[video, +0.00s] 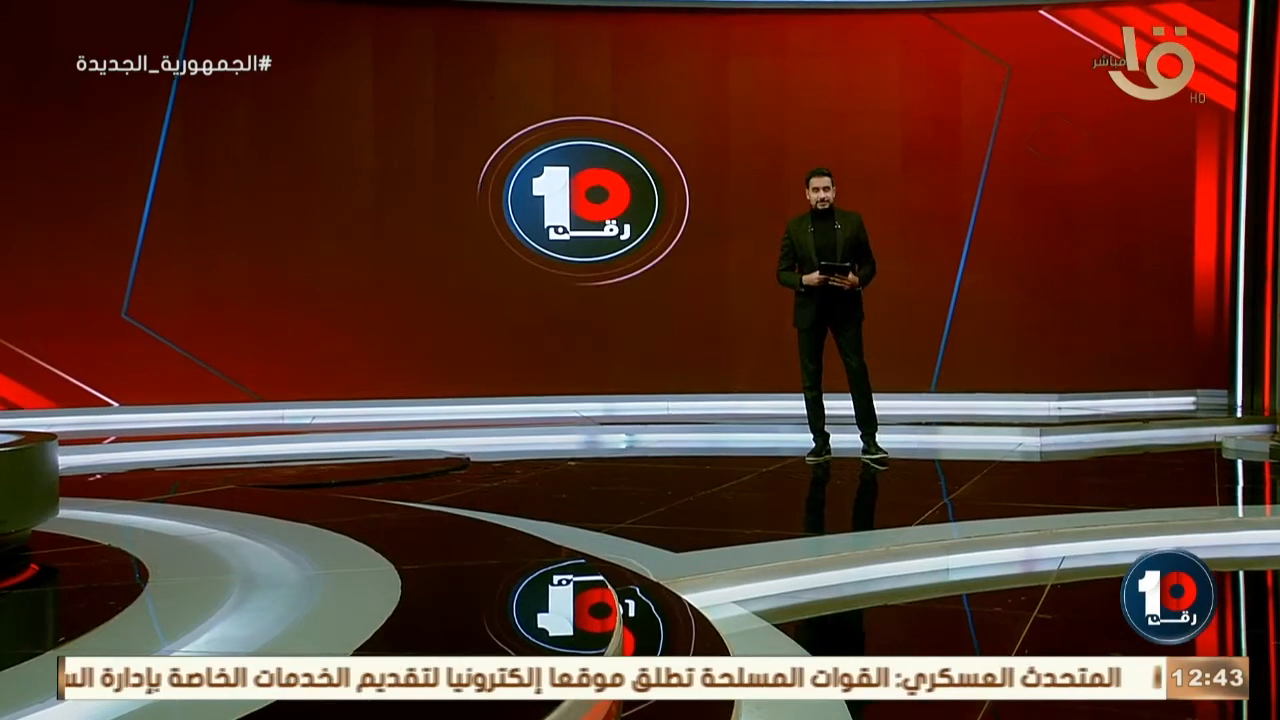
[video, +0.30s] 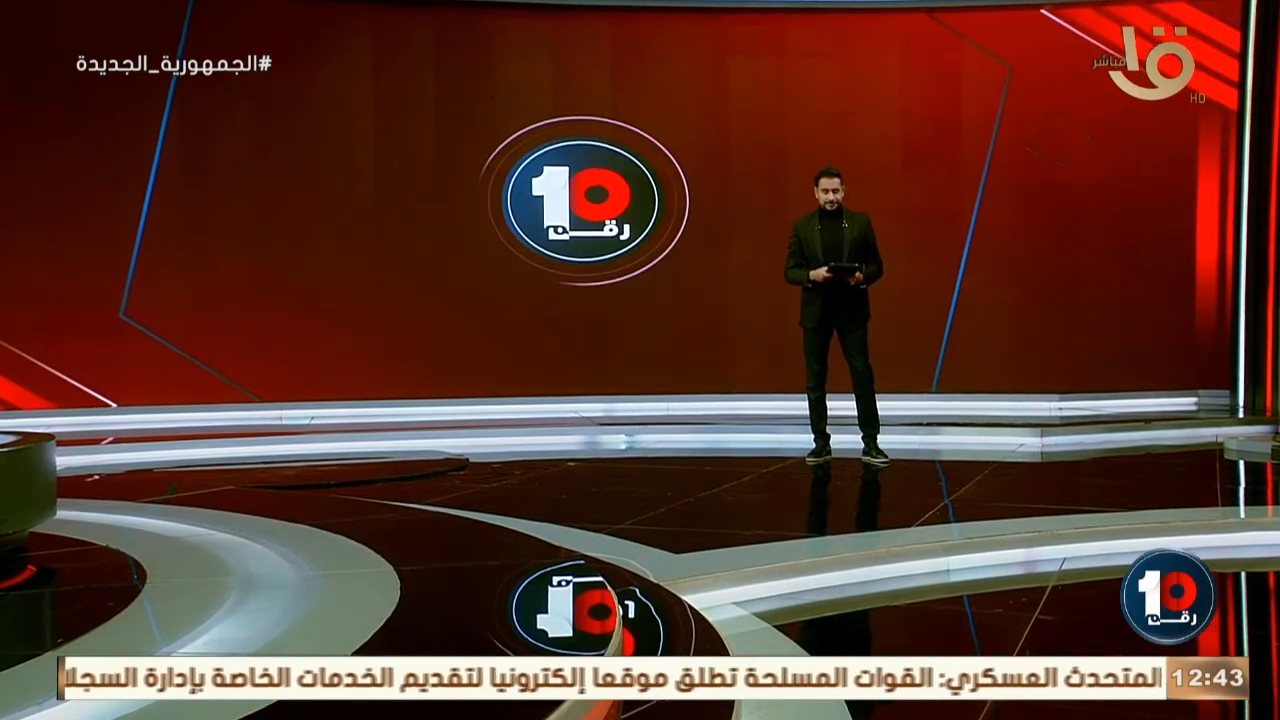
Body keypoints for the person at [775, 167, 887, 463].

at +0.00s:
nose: (822, 194)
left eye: (826, 189)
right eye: (816, 190)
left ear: (834, 191)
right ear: (807, 193)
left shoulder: (852, 222)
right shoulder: (795, 228)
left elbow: (869, 265)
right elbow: (783, 274)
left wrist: (858, 279)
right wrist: (803, 279)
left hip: (846, 310)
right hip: (810, 313)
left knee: (857, 372)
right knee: (811, 379)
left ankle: (869, 441)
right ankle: (820, 442)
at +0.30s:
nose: (831, 196)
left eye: (835, 190)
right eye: (825, 191)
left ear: (843, 191)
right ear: (816, 193)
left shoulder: (859, 222)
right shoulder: (803, 227)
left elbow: (876, 267)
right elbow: (791, 272)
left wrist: (863, 275)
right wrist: (811, 275)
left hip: (852, 312)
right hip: (816, 314)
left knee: (862, 375)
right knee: (815, 379)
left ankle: (871, 443)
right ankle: (821, 443)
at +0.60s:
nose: (843, 200)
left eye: (848, 194)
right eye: (838, 195)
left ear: (854, 194)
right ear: (827, 194)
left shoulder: (869, 223)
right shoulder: (812, 226)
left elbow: (886, 268)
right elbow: (799, 271)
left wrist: (871, 270)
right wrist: (817, 268)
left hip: (861, 312)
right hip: (824, 313)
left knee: (868, 379)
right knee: (820, 380)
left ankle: (871, 444)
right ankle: (821, 444)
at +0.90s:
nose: (853, 203)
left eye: (858, 197)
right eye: (848, 197)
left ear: (865, 196)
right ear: (838, 195)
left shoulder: (880, 224)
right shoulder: (823, 227)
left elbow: (896, 270)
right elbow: (809, 271)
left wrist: (877, 271)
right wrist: (825, 268)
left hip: (871, 314)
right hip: (834, 314)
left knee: (875, 380)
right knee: (827, 378)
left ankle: (872, 445)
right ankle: (822, 443)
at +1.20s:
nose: (862, 204)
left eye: (867, 199)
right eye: (857, 198)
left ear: (874, 197)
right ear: (847, 195)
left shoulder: (890, 224)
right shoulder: (833, 226)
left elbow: (904, 271)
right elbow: (818, 271)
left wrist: (884, 272)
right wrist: (832, 269)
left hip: (878, 315)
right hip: (842, 315)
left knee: (880, 381)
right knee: (831, 378)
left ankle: (873, 446)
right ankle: (822, 444)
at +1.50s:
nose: (868, 205)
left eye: (874, 198)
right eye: (863, 198)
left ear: (882, 197)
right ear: (854, 195)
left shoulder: (897, 225)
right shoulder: (839, 225)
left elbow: (911, 272)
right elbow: (824, 271)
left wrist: (888, 272)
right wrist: (837, 269)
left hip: (883, 315)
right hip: (846, 314)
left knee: (883, 381)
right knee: (832, 374)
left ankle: (873, 447)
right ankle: (827, 443)